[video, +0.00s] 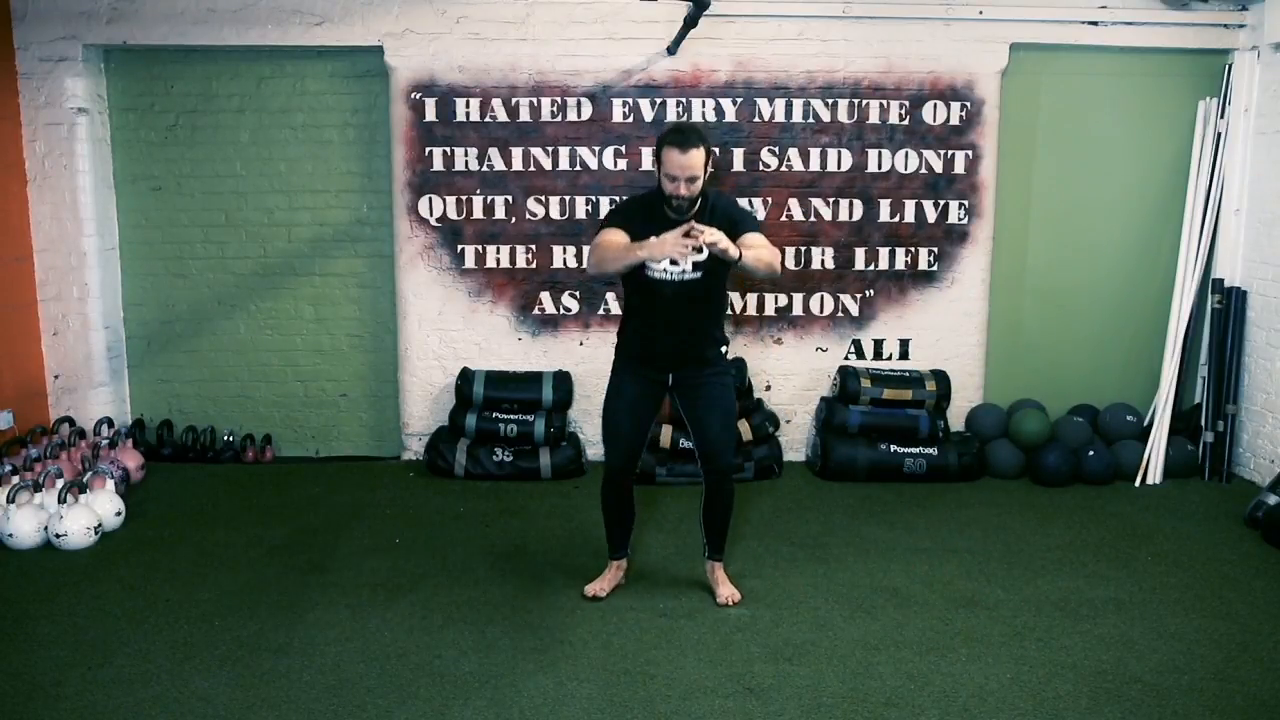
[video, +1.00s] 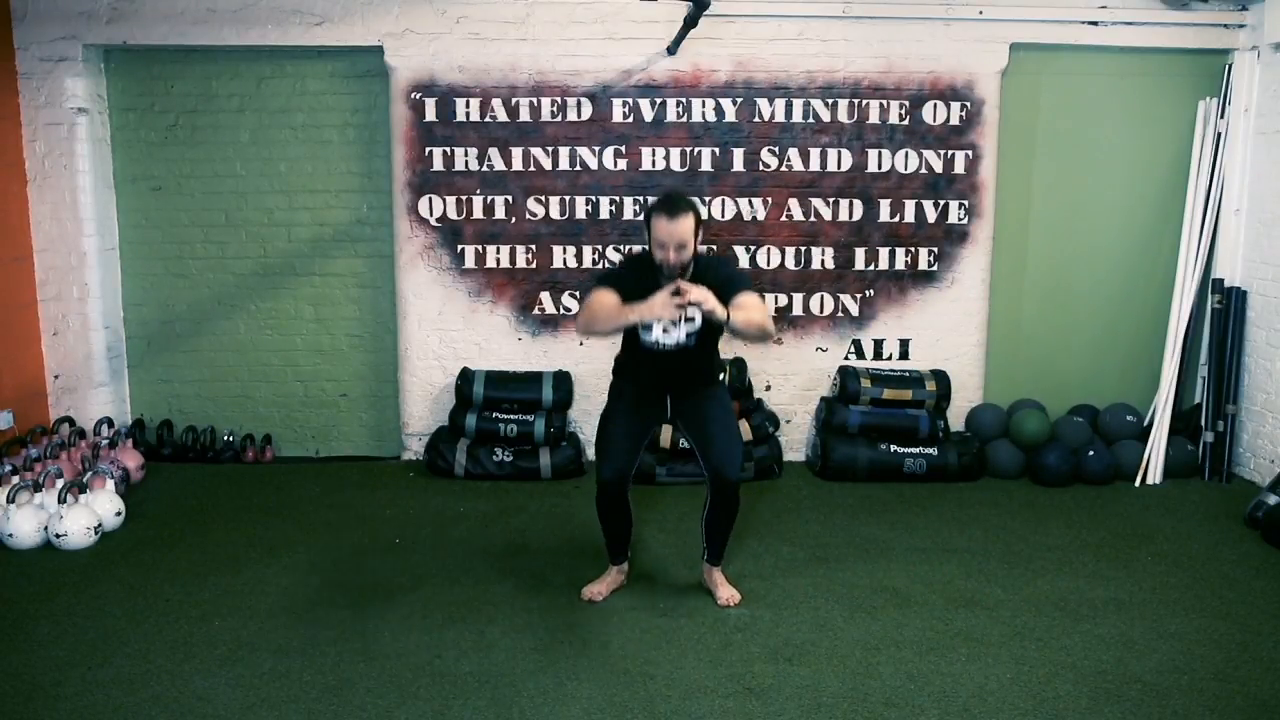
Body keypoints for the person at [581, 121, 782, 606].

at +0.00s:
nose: (680, 189)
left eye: (690, 179)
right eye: (671, 178)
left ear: (706, 170)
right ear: (658, 169)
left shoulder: (723, 210)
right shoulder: (638, 210)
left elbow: (773, 265)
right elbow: (597, 259)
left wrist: (731, 250)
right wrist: (651, 246)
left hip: (703, 362)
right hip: (638, 360)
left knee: (721, 464)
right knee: (618, 463)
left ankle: (715, 562)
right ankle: (617, 560)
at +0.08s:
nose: (677, 218)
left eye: (687, 208)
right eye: (669, 207)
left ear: (703, 199)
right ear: (655, 198)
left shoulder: (722, 236)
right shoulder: (633, 233)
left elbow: (770, 288)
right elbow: (592, 284)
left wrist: (730, 277)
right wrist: (647, 273)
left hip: (701, 372)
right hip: (635, 371)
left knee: (727, 466)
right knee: (608, 467)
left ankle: (715, 564)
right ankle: (616, 562)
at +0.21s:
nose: (672, 278)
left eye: (682, 269)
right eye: (664, 269)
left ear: (698, 256)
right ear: (650, 256)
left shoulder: (717, 288)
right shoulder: (629, 284)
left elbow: (767, 339)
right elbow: (590, 333)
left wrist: (728, 331)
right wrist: (646, 326)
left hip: (696, 400)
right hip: (631, 400)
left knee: (733, 476)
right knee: (597, 480)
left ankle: (715, 567)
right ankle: (615, 565)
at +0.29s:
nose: (670, 320)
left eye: (680, 310)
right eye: (661, 310)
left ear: (696, 294)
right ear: (648, 295)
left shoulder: (715, 322)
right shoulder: (630, 318)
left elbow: (764, 376)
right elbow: (590, 372)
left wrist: (727, 373)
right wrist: (643, 366)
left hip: (698, 420)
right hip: (632, 419)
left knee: (736, 480)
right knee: (594, 486)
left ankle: (715, 568)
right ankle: (615, 567)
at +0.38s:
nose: (668, 356)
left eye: (678, 347)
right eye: (659, 346)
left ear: (693, 332)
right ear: (646, 331)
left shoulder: (713, 353)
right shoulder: (628, 351)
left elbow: (759, 412)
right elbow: (589, 405)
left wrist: (725, 411)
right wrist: (639, 405)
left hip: (698, 439)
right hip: (635, 439)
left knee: (739, 486)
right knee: (592, 490)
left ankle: (715, 568)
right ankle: (615, 568)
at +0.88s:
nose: (668, 320)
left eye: (678, 311)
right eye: (659, 311)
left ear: (694, 300)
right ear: (646, 300)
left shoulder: (712, 327)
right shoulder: (633, 325)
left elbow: (763, 377)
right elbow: (589, 372)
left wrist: (723, 366)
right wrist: (647, 363)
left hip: (700, 426)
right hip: (635, 425)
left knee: (736, 485)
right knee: (603, 487)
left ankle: (713, 569)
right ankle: (617, 568)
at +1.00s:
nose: (670, 256)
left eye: (680, 247)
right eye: (661, 246)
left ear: (696, 238)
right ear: (649, 239)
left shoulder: (717, 273)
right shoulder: (633, 271)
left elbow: (763, 326)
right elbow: (587, 320)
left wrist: (722, 313)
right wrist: (645, 310)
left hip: (699, 388)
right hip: (637, 388)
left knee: (727, 473)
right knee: (610, 476)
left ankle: (713, 568)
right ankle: (618, 565)